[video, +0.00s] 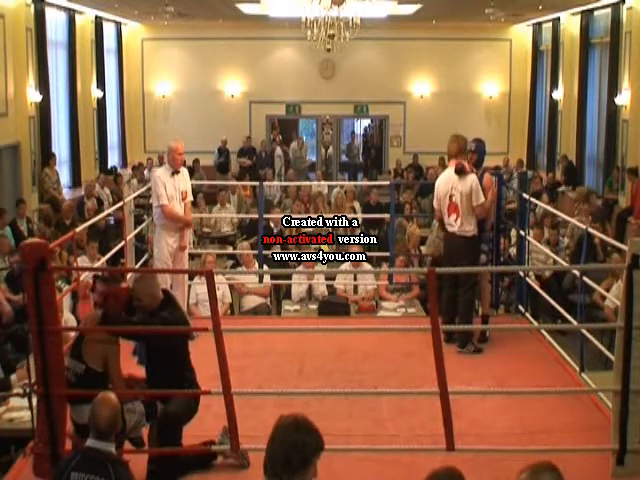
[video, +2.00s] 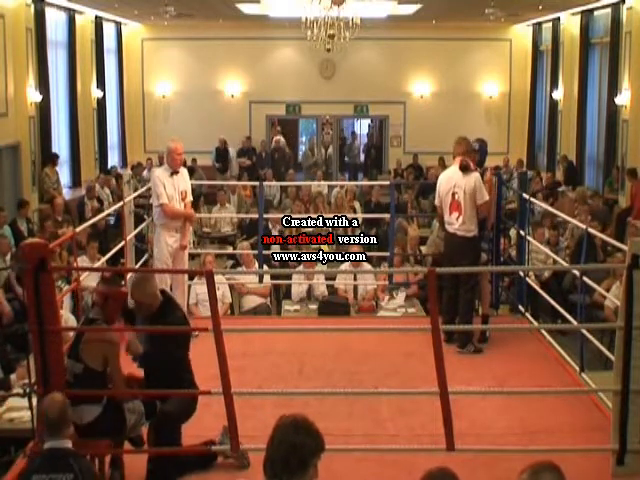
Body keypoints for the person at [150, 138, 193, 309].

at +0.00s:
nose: (181, 158)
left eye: (182, 154)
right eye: (178, 154)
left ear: (183, 156)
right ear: (168, 156)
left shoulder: (184, 172)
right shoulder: (158, 174)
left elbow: (188, 202)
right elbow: (164, 207)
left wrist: (185, 233)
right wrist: (185, 219)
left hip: (182, 227)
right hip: (165, 227)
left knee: (181, 270)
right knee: (163, 269)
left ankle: (181, 309)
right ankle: (163, 308)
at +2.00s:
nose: (179, 158)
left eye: (181, 154)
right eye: (176, 155)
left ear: (183, 156)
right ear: (166, 156)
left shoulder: (184, 173)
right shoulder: (158, 174)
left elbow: (188, 204)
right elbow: (166, 209)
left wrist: (185, 234)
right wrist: (187, 213)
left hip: (182, 227)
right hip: (165, 227)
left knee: (181, 271)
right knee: (163, 271)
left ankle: (181, 310)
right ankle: (162, 310)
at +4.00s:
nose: (182, 158)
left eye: (183, 154)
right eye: (178, 155)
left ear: (184, 156)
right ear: (169, 156)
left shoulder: (185, 173)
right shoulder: (158, 174)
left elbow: (189, 205)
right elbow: (165, 210)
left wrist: (185, 234)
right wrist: (187, 214)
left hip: (183, 228)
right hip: (165, 228)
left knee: (181, 271)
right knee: (164, 270)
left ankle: (181, 309)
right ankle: (162, 309)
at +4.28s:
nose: (183, 159)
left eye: (185, 155)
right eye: (180, 155)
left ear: (185, 156)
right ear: (171, 156)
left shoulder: (185, 174)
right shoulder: (158, 174)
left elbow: (191, 206)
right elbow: (155, 211)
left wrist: (189, 234)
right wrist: (171, 237)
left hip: (182, 227)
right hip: (165, 227)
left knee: (182, 269)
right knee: (165, 267)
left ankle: (182, 306)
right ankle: (163, 306)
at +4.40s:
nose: (184, 159)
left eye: (185, 155)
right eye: (181, 155)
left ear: (186, 156)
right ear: (171, 156)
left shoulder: (186, 174)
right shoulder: (159, 174)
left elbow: (191, 206)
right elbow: (153, 210)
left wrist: (193, 235)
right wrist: (162, 240)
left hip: (183, 227)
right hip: (165, 227)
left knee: (182, 269)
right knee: (166, 268)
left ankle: (182, 306)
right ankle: (164, 306)